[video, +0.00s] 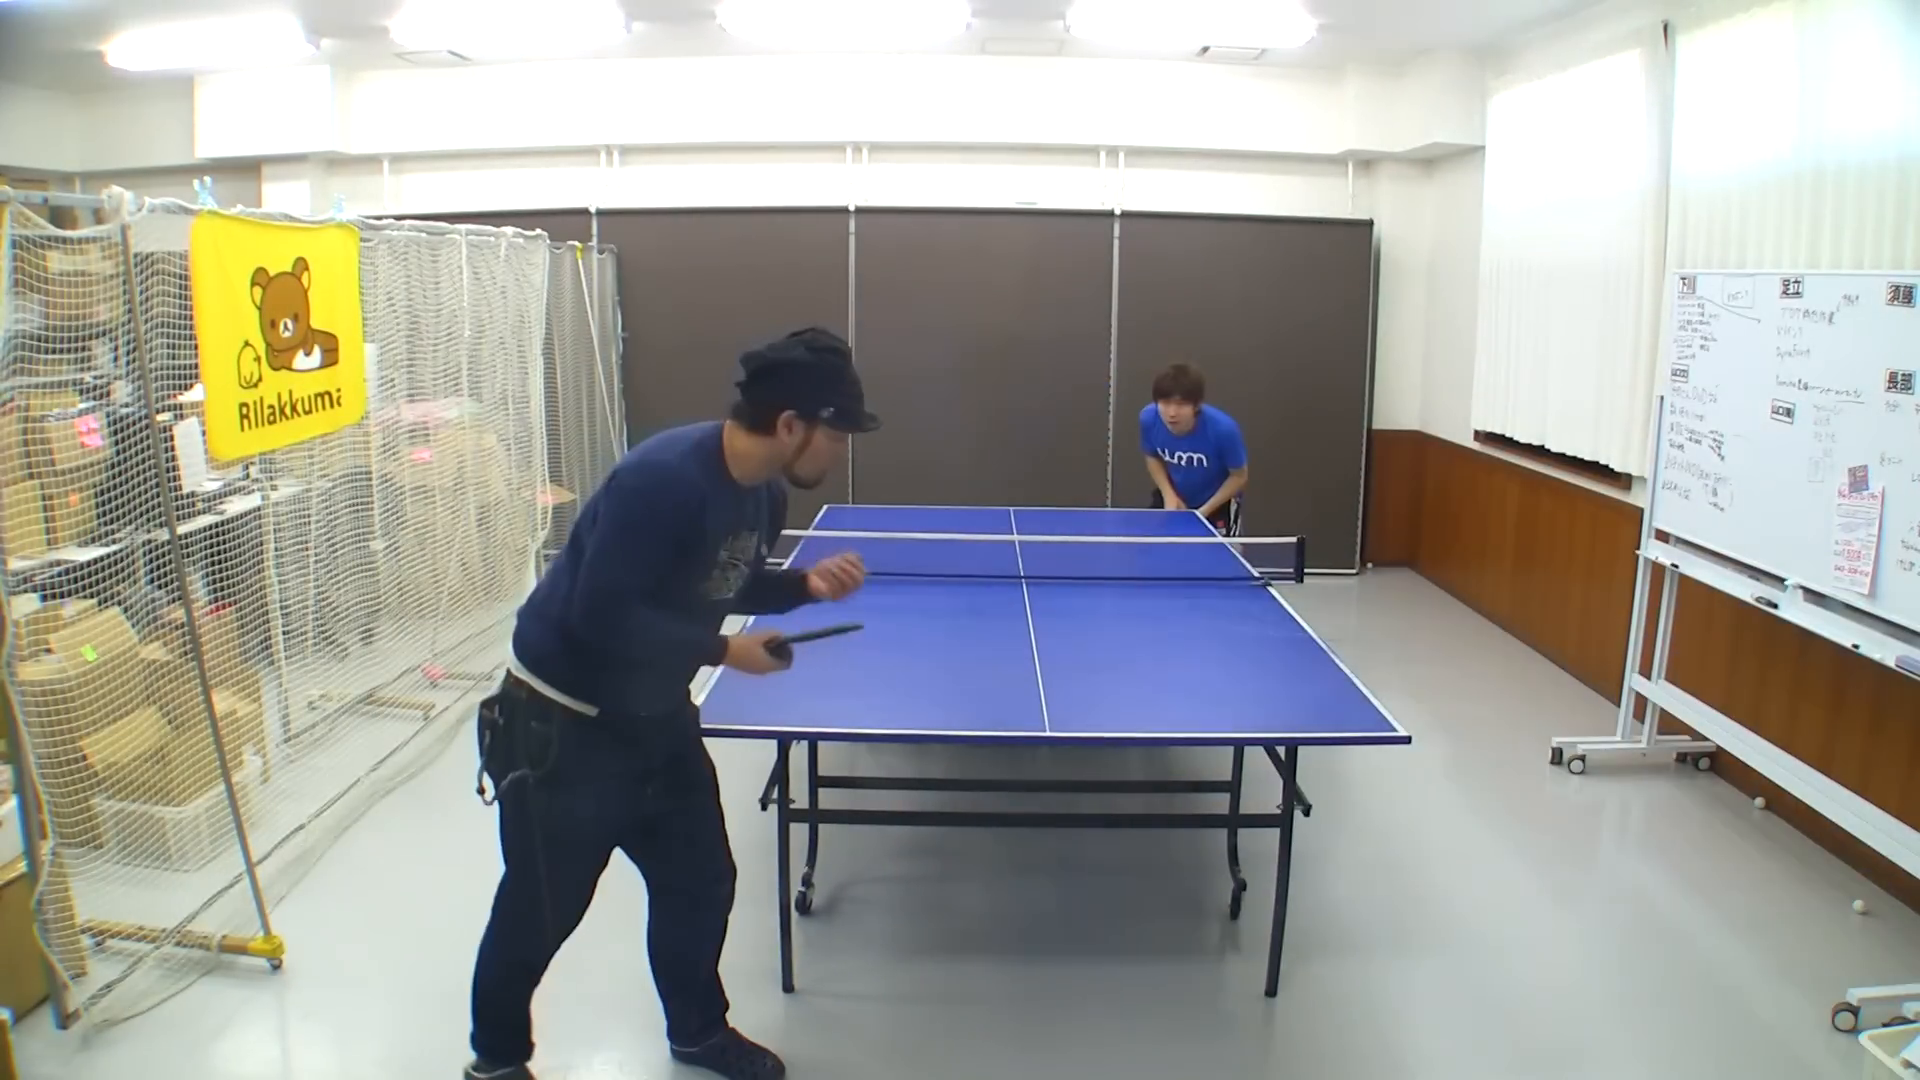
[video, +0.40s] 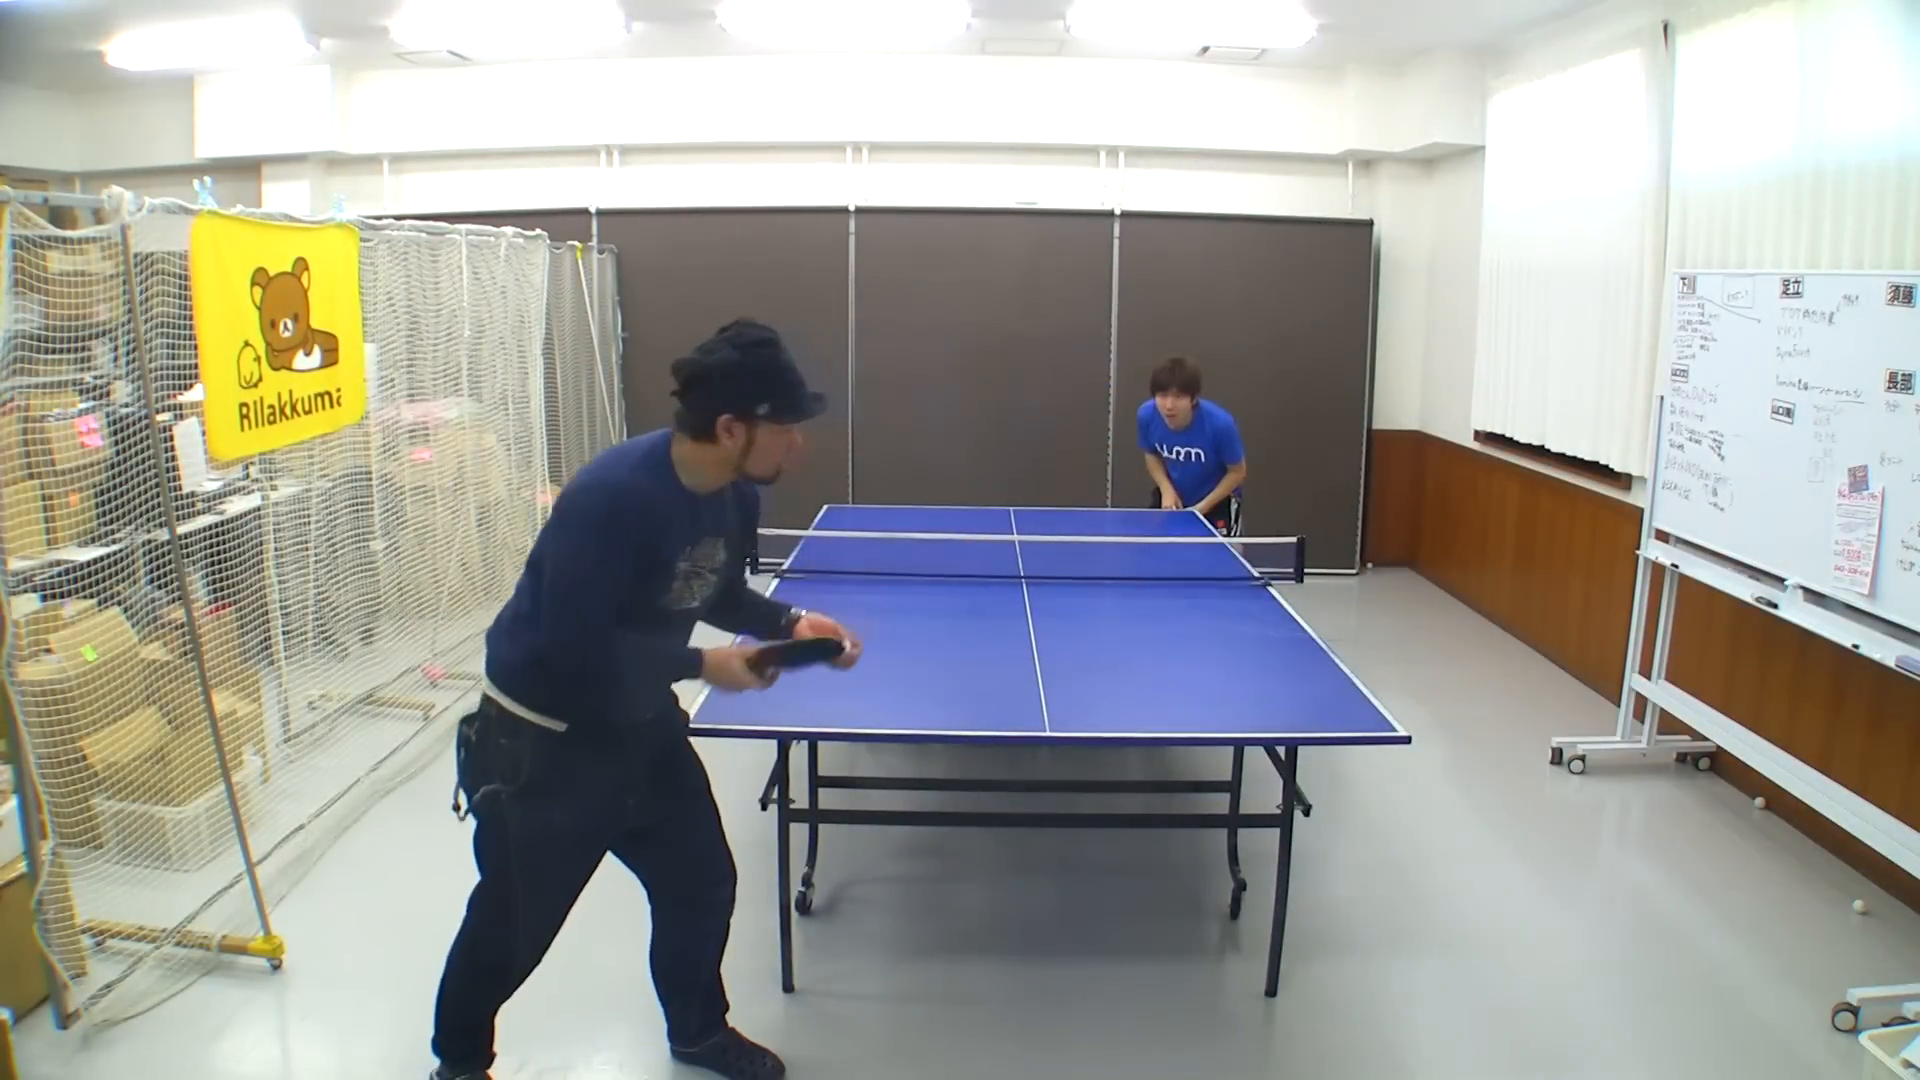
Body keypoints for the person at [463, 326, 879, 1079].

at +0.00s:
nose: (842, 449)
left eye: (845, 433)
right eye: (837, 431)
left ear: (789, 426)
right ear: (791, 426)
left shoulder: (764, 494)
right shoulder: (660, 480)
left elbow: (718, 586)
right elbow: (602, 617)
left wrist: (803, 584)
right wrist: (718, 649)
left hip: (654, 715)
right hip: (559, 716)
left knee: (697, 884)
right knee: (541, 901)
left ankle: (698, 1033)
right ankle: (496, 1057)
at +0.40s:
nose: (799, 442)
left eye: (798, 426)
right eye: (787, 427)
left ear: (734, 429)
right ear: (730, 428)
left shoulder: (736, 497)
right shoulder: (610, 499)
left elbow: (717, 596)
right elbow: (573, 649)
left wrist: (791, 626)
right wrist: (696, 661)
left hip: (643, 729)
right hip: (542, 735)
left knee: (701, 885)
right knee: (512, 923)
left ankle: (697, 1033)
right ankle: (460, 1058)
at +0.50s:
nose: (764, 445)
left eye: (763, 427)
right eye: (751, 429)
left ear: (699, 435)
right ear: (693, 434)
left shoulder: (715, 499)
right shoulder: (573, 507)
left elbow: (705, 604)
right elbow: (506, 656)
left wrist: (784, 644)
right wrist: (624, 716)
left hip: (630, 737)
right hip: (527, 748)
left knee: (701, 892)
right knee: (505, 932)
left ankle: (698, 1035)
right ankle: (457, 1061)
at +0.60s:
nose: (741, 462)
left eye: (741, 446)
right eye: (728, 448)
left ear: (679, 450)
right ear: (668, 449)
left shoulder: (705, 506)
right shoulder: (542, 518)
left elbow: (709, 604)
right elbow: (452, 632)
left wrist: (778, 613)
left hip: (627, 742)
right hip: (525, 760)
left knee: (695, 892)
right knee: (500, 942)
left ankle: (697, 1033)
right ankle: (457, 1059)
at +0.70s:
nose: (728, 476)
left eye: (727, 460)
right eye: (715, 464)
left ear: (661, 470)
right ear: (653, 470)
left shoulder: (697, 514)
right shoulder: (521, 529)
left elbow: (695, 591)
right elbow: (398, 603)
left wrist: (740, 659)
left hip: (620, 744)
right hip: (514, 761)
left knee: (691, 892)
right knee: (503, 943)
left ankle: (698, 1033)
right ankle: (457, 1056)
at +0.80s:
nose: (723, 498)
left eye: (722, 481)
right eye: (708, 485)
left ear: (649, 491)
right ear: (640, 491)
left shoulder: (695, 536)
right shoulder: (512, 543)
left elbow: (668, 607)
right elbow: (396, 620)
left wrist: (682, 688)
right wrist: (368, 754)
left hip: (619, 752)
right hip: (512, 771)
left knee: (699, 883)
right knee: (507, 951)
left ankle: (696, 1036)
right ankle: (456, 1058)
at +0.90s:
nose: (730, 539)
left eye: (730, 523)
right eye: (715, 525)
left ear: (660, 520)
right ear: (652, 524)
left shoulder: (688, 557)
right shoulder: (519, 586)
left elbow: (639, 630)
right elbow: (467, 722)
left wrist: (657, 688)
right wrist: (526, 795)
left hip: (612, 757)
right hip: (520, 779)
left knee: (703, 879)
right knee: (529, 969)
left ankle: (683, 1059)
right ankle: (455, 1055)